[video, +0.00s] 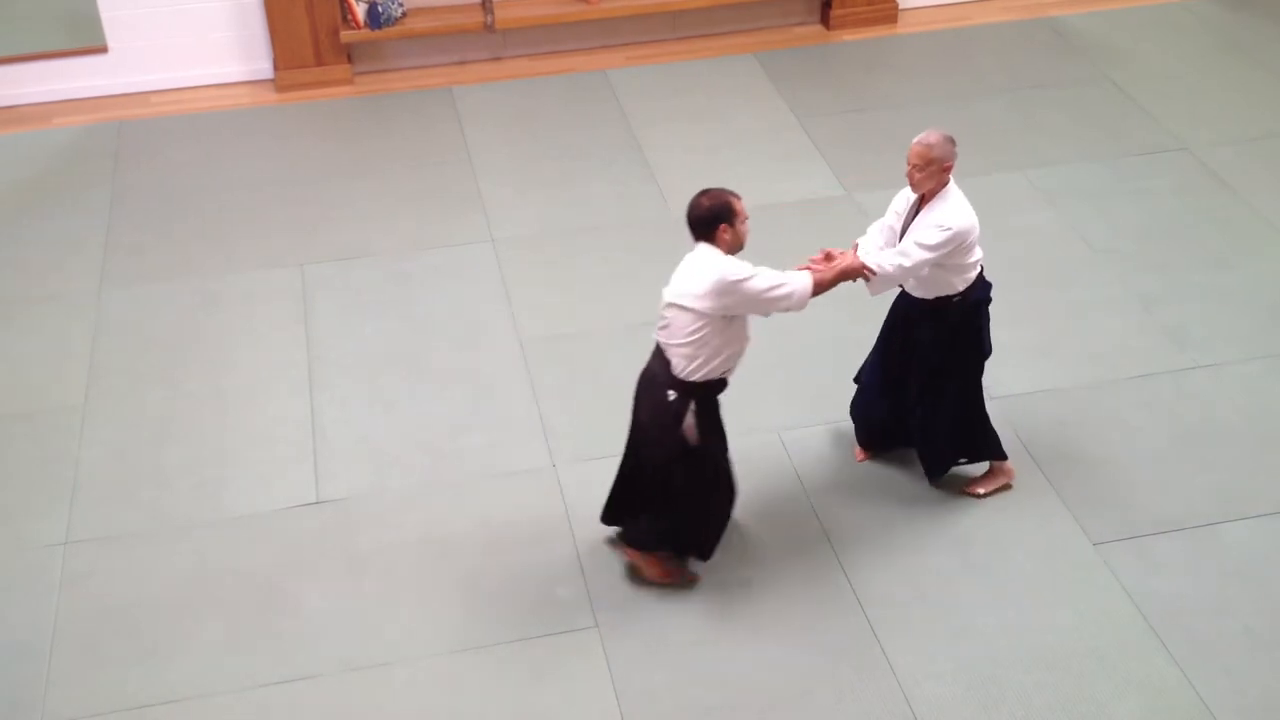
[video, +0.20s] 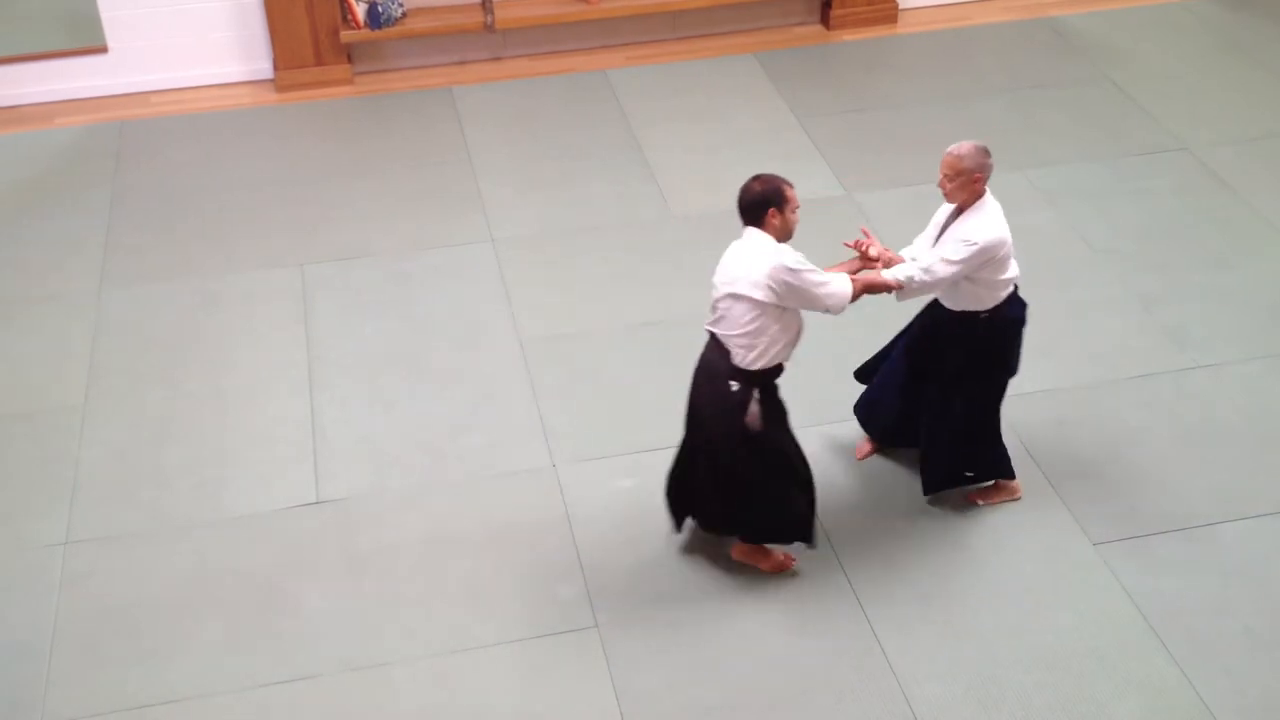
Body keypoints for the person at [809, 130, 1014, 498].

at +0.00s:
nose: (910, 174)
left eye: (919, 169)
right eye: (909, 166)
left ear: (946, 170)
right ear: (908, 162)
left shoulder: (955, 219)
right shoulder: (910, 195)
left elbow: (904, 261)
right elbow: (883, 232)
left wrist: (847, 269)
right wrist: (851, 256)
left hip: (956, 309)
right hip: (914, 301)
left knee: (959, 389)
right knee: (881, 373)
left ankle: (999, 466)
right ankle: (879, 434)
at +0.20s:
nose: (940, 184)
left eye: (949, 179)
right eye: (941, 176)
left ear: (978, 183)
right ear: (969, 181)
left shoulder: (986, 231)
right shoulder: (955, 206)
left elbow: (934, 272)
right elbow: (924, 249)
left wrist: (866, 283)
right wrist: (889, 258)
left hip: (990, 321)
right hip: (952, 309)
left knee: (973, 403)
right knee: (903, 368)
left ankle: (1005, 481)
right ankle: (886, 431)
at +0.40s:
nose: (977, 189)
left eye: (985, 184)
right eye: (979, 181)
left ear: (1013, 190)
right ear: (1012, 189)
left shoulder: (1013, 242)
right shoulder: (1007, 213)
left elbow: (956, 284)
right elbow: (968, 260)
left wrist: (896, 294)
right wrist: (928, 246)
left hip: (1026, 336)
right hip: (1008, 323)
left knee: (989, 410)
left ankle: (1002, 483)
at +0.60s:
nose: (1021, 182)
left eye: (1027, 176)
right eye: (1024, 174)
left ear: (1048, 186)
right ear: (1058, 186)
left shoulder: (1032, 240)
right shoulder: (1075, 222)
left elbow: (980, 270)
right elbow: (1015, 259)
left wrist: (936, 266)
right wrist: (979, 231)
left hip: (1042, 341)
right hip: (1084, 329)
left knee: (988, 387)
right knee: (1090, 397)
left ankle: (1004, 483)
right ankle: (1128, 466)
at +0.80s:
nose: (1072, 179)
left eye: (1075, 174)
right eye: (1074, 173)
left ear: (1087, 184)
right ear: (1116, 185)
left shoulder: (1058, 234)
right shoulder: (1129, 230)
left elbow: (1014, 255)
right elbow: (1078, 242)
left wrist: (997, 245)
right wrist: (1044, 215)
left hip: (1063, 339)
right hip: (1118, 336)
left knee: (1018, 404)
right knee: (1116, 411)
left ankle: (1007, 485)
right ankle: (1124, 488)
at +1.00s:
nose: (1102, 176)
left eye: (1106, 173)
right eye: (1104, 172)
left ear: (1116, 185)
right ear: (1150, 191)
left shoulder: (1079, 230)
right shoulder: (1161, 237)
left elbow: (1064, 251)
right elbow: (1125, 241)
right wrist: (1109, 209)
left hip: (1077, 336)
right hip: (1131, 339)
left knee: (1052, 409)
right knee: (1132, 419)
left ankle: (1029, 488)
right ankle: (1124, 492)